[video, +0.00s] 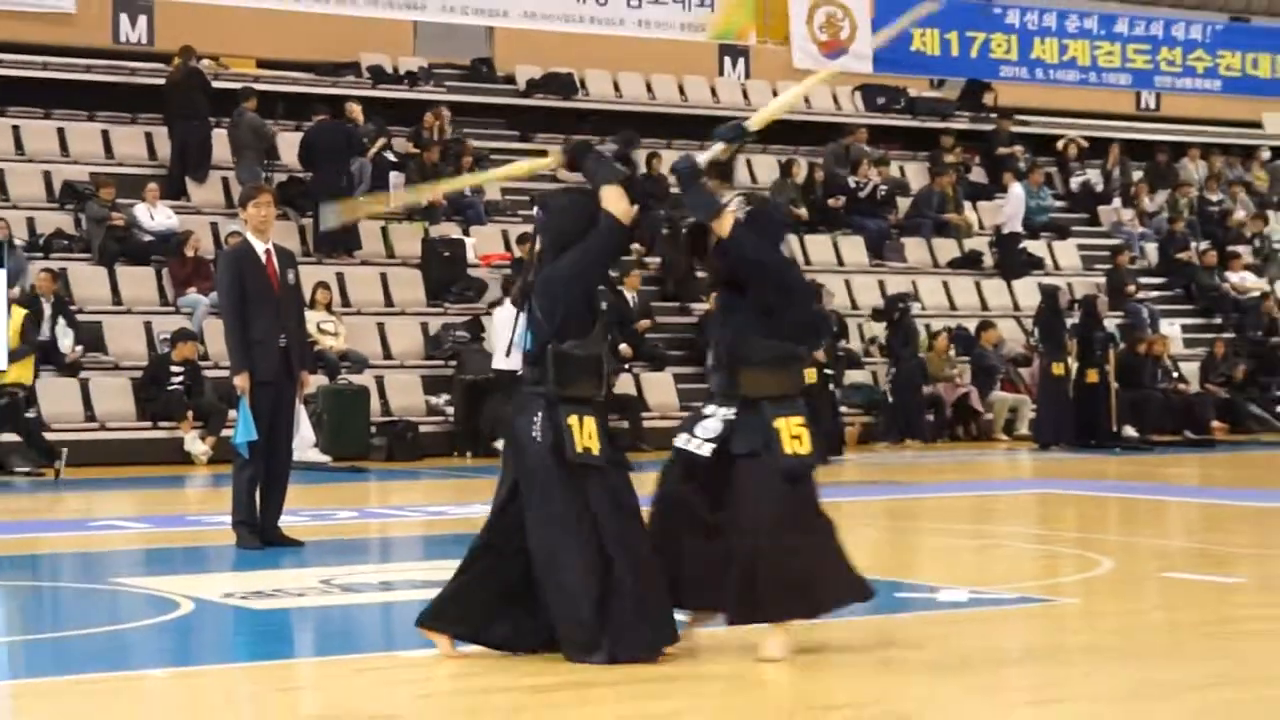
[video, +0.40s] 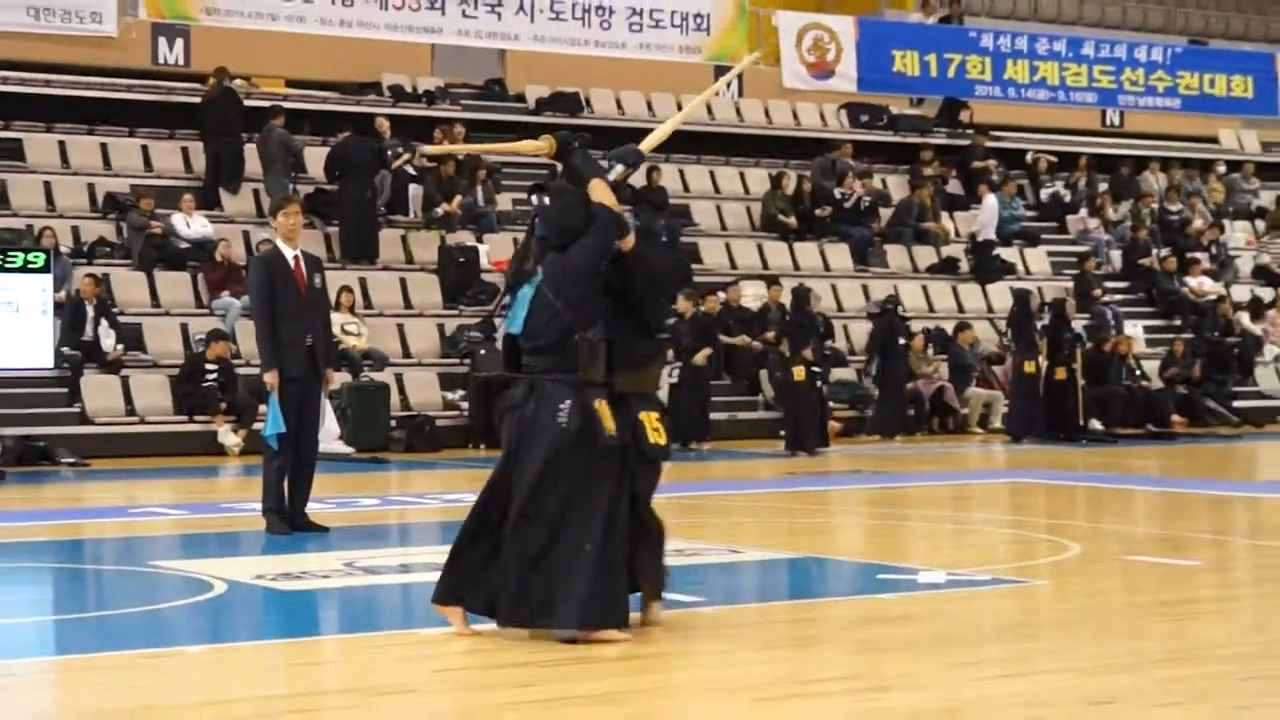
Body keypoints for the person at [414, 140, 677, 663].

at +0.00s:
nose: (605, 240)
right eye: (598, 230)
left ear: (550, 231)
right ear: (581, 232)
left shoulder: (556, 278)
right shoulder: (563, 278)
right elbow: (616, 215)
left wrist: (605, 169)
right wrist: (594, 162)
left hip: (545, 411)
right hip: (560, 415)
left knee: (520, 525)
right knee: (603, 520)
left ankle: (448, 613)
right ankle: (632, 631)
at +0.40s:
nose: (599, 240)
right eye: (592, 229)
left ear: (546, 231)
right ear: (579, 233)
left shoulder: (530, 277)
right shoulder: (569, 271)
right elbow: (607, 217)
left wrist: (594, 180)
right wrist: (584, 167)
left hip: (531, 398)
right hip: (566, 400)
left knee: (511, 494)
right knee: (591, 503)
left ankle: (456, 588)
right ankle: (586, 616)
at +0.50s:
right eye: (613, 230)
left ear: (563, 236)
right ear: (603, 238)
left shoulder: (537, 273)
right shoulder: (605, 273)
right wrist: (613, 212)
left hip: (539, 396)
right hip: (588, 398)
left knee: (527, 492)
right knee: (612, 496)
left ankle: (466, 582)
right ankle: (606, 604)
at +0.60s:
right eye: (615, 216)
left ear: (568, 234)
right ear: (610, 230)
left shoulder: (547, 276)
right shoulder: (621, 272)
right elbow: (628, 238)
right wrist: (617, 205)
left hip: (560, 392)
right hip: (611, 394)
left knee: (530, 484)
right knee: (615, 498)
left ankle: (482, 578)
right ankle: (613, 606)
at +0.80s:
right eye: (622, 206)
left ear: (571, 223)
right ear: (615, 221)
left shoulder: (556, 271)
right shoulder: (631, 269)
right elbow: (645, 234)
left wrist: (562, 229)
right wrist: (623, 212)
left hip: (574, 393)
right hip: (625, 391)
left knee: (563, 492)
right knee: (624, 496)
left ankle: (553, 597)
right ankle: (615, 603)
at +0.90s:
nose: (567, 227)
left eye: (572, 221)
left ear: (575, 229)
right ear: (616, 229)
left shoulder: (556, 272)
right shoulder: (637, 273)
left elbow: (544, 312)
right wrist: (615, 202)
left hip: (579, 392)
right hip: (628, 391)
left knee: (578, 494)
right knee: (624, 493)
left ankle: (585, 601)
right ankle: (618, 598)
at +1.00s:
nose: (581, 231)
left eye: (586, 223)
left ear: (589, 229)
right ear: (628, 229)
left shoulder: (569, 275)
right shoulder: (643, 278)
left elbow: (548, 333)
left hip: (589, 395)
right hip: (638, 393)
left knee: (584, 496)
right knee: (621, 497)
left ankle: (583, 604)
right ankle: (602, 601)